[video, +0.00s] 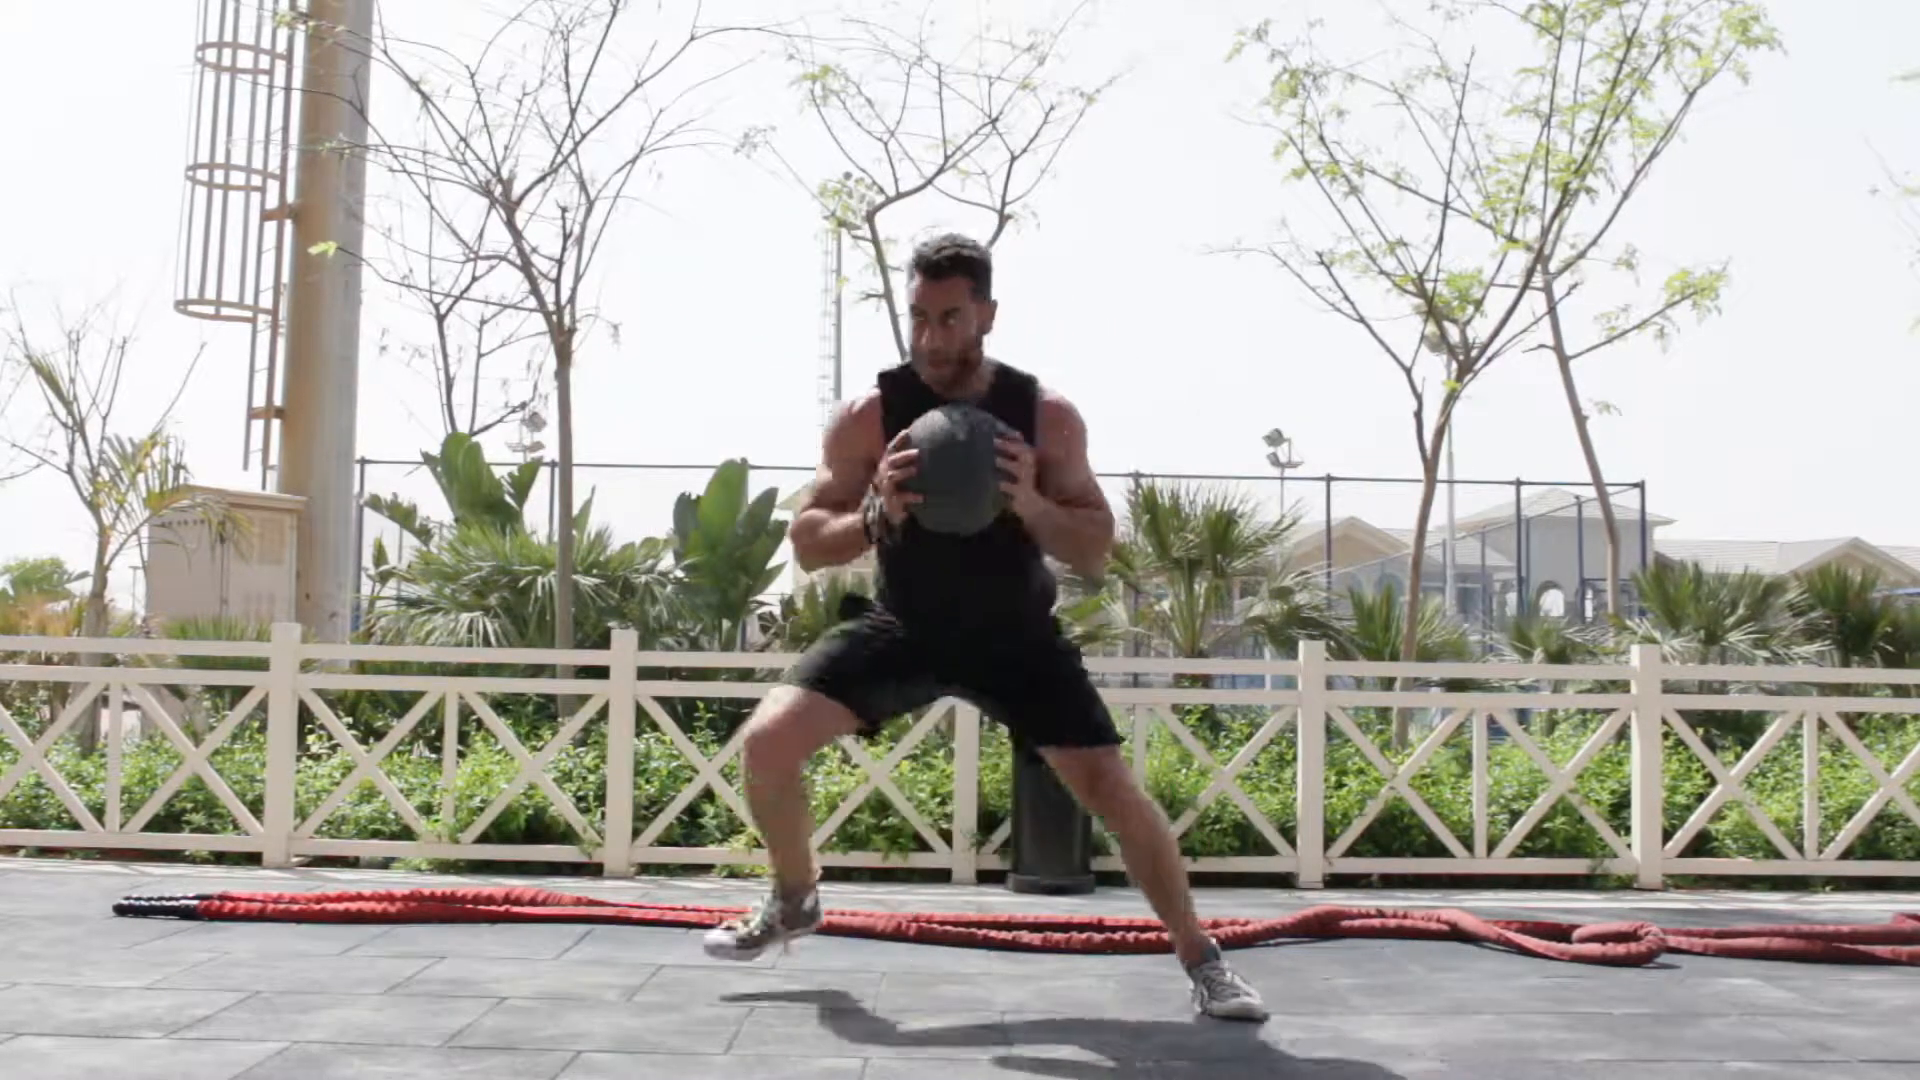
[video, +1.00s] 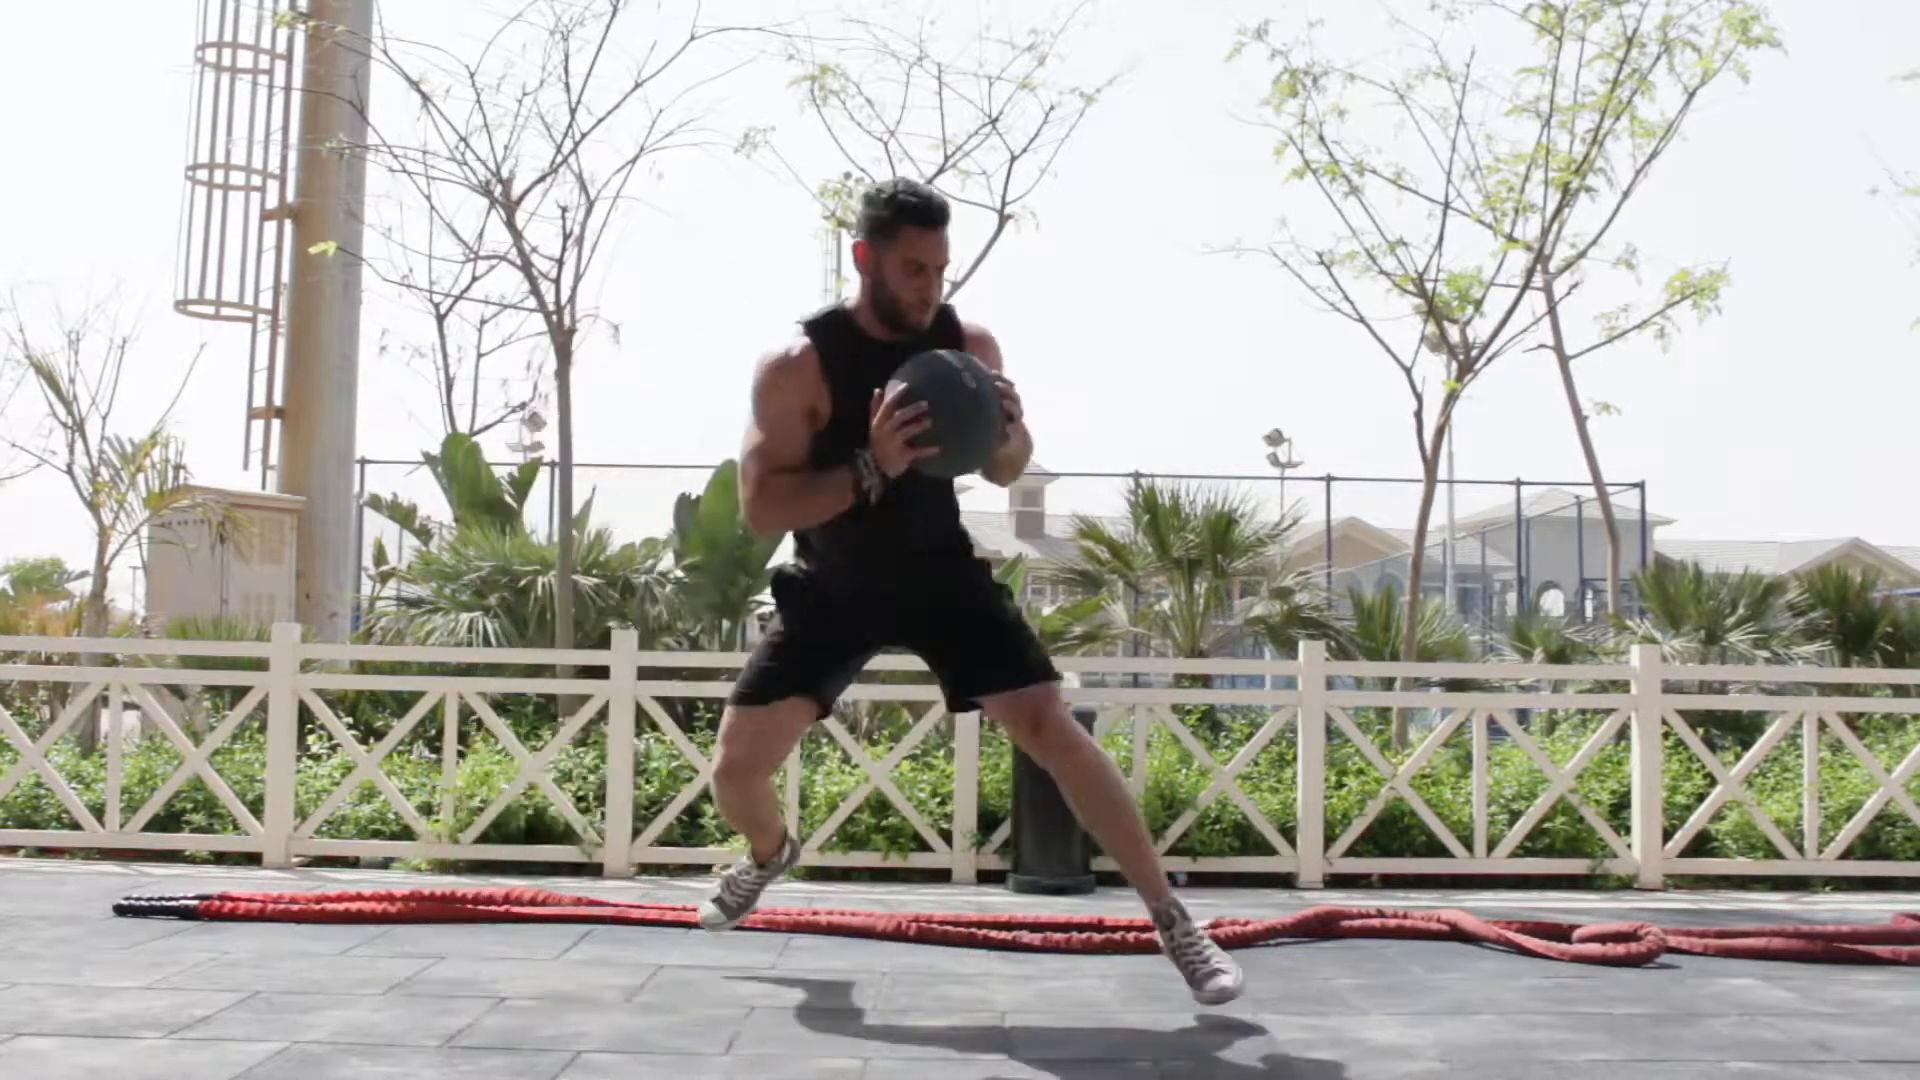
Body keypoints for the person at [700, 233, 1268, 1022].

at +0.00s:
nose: (936, 337)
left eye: (953, 319)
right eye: (922, 319)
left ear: (988, 316)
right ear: (907, 318)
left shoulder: (1046, 419)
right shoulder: (867, 421)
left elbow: (1093, 548)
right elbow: (808, 544)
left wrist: (1030, 501)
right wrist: (878, 510)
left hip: (1017, 639)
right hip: (903, 633)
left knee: (1107, 782)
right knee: (766, 745)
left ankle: (1202, 959)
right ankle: (793, 901)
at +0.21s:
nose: (717, 308)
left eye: (736, 295)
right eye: (712, 289)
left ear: (784, 295)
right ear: (705, 283)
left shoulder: (839, 393)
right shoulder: (687, 365)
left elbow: (841, 548)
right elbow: (649, 486)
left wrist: (746, 484)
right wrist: (647, 448)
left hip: (816, 606)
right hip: (708, 597)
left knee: (904, 771)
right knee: (591, 743)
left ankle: (906, 867)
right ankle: (463, 923)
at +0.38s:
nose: (570, 389)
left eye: (592, 374)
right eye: (567, 367)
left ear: (645, 376)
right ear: (562, 359)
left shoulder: (682, 480)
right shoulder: (581, 431)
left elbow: (624, 636)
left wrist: (542, 539)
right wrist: (529, 508)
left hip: (678, 676)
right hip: (589, 641)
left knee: (616, 875)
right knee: (491, 763)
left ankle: (594, 802)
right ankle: (446, 947)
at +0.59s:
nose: (530, 418)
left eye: (554, 403)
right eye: (526, 396)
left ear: (601, 404)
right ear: (520, 387)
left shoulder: (648, 504)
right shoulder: (538, 460)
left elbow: (614, 661)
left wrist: (520, 575)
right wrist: (496, 545)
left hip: (642, 688)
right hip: (551, 645)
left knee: (534, 858)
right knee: (458, 768)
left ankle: (455, 826)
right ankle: (443, 947)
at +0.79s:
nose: (698, 333)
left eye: (713, 314)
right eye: (682, 312)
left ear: (729, 306)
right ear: (645, 300)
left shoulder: (776, 401)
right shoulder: (597, 411)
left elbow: (836, 528)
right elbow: (541, 528)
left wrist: (760, 497)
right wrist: (600, 510)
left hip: (751, 619)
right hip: (637, 621)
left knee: (855, 731)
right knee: (534, 762)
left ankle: (805, 889)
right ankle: (448, 945)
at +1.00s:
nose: (928, 287)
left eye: (938, 269)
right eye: (912, 269)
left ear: (948, 264)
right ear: (861, 257)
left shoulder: (966, 347)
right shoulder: (796, 371)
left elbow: (1006, 471)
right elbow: (762, 511)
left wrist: (1004, 430)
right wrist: (872, 468)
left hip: (943, 579)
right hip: (831, 588)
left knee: (1047, 727)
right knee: (735, 769)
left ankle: (1173, 921)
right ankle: (771, 852)